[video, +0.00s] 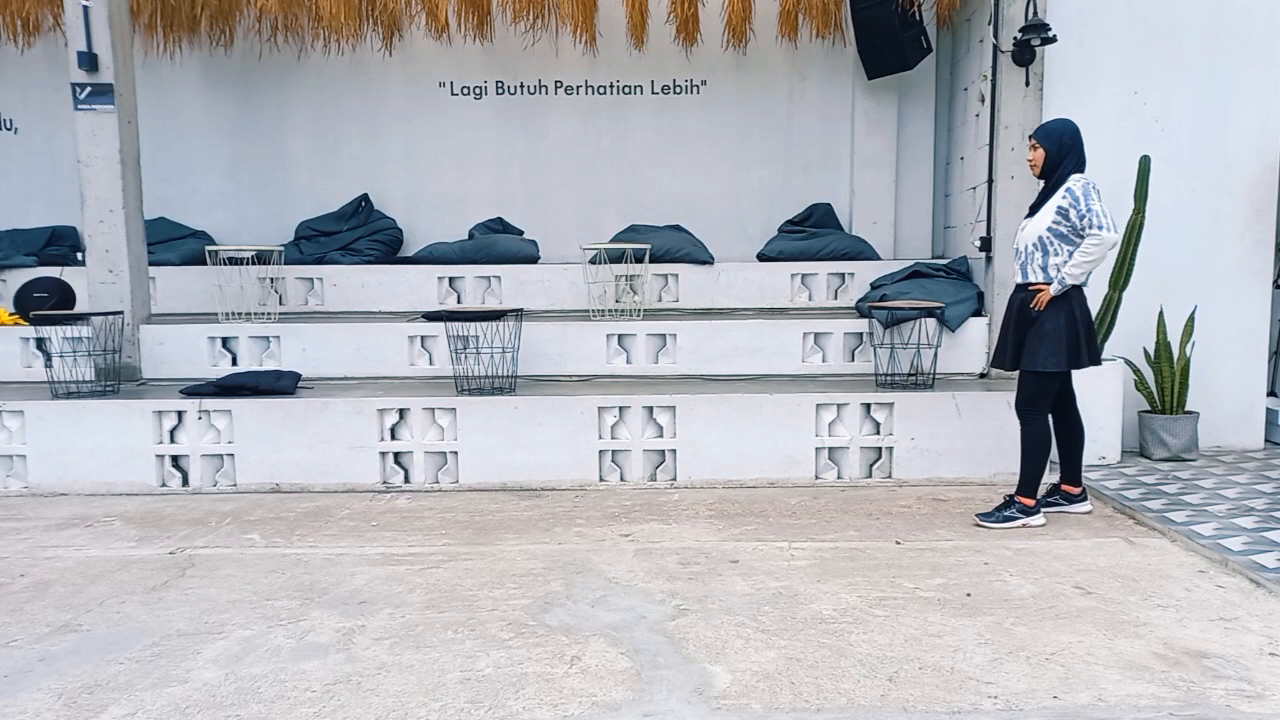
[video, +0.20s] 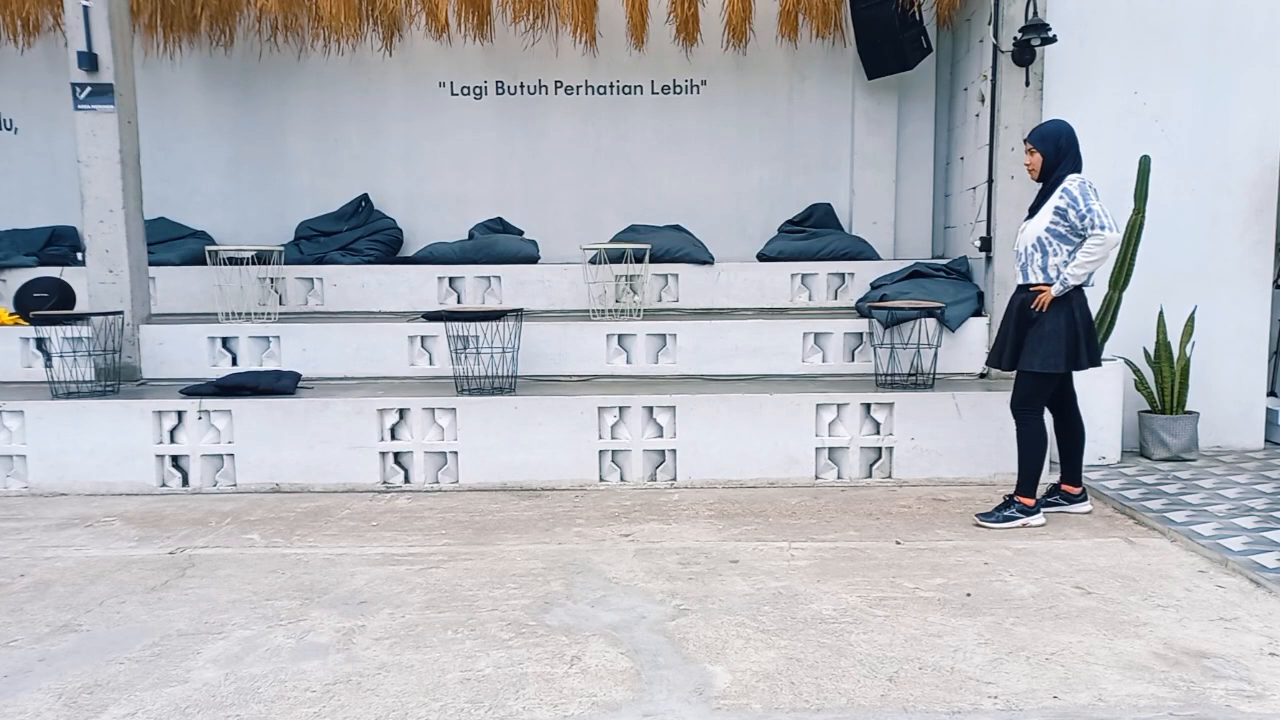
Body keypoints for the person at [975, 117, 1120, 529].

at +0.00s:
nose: (1030, 155)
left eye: (1036, 147)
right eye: (1030, 148)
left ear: (1058, 149)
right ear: (1050, 151)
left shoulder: (1078, 186)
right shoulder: (1051, 192)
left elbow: (1103, 236)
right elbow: (1057, 248)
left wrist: (1060, 283)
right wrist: (1030, 284)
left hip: (1053, 310)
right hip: (1037, 308)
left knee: (1031, 405)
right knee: (1061, 403)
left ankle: (1024, 501)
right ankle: (1072, 489)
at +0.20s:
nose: (1027, 160)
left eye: (1033, 153)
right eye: (1026, 153)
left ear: (1055, 152)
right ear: (1046, 154)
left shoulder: (1075, 187)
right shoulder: (1050, 193)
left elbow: (1104, 235)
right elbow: (1060, 248)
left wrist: (1061, 284)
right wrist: (1033, 284)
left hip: (1053, 311)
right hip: (1040, 309)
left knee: (1026, 404)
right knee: (1062, 401)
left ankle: (1024, 501)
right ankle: (1072, 489)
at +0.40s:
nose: (1025, 163)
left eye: (1031, 155)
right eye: (1025, 155)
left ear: (1053, 153)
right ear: (1044, 156)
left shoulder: (1073, 186)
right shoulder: (1050, 193)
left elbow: (1105, 234)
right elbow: (1062, 248)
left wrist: (1061, 283)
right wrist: (1034, 283)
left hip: (1053, 311)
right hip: (1041, 309)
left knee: (1030, 405)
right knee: (1062, 403)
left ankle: (1024, 501)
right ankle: (1072, 489)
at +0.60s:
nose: (1024, 164)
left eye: (1029, 156)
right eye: (1023, 156)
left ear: (1052, 154)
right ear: (1043, 157)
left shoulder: (1069, 186)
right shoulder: (1050, 193)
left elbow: (1102, 232)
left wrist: (1060, 283)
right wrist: (1037, 282)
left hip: (1051, 311)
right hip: (1043, 308)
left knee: (1040, 407)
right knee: (1063, 403)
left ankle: (1025, 501)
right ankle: (1072, 488)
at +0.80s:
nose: (1020, 164)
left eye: (1026, 156)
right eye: (1020, 157)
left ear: (1048, 154)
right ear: (1042, 157)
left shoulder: (1065, 186)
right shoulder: (1048, 192)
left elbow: (1098, 232)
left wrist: (1056, 282)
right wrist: (1038, 281)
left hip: (1049, 311)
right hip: (1045, 308)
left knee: (1035, 406)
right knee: (1063, 404)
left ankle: (1025, 501)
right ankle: (1072, 488)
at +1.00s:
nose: (1015, 168)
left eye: (1020, 160)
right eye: (1014, 160)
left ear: (1041, 157)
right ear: (1038, 159)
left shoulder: (1060, 187)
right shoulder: (1044, 194)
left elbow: (1091, 232)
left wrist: (1052, 283)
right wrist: (1032, 284)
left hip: (1045, 311)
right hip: (1040, 309)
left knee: (1013, 402)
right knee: (1056, 401)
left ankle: (1022, 499)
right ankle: (1071, 488)